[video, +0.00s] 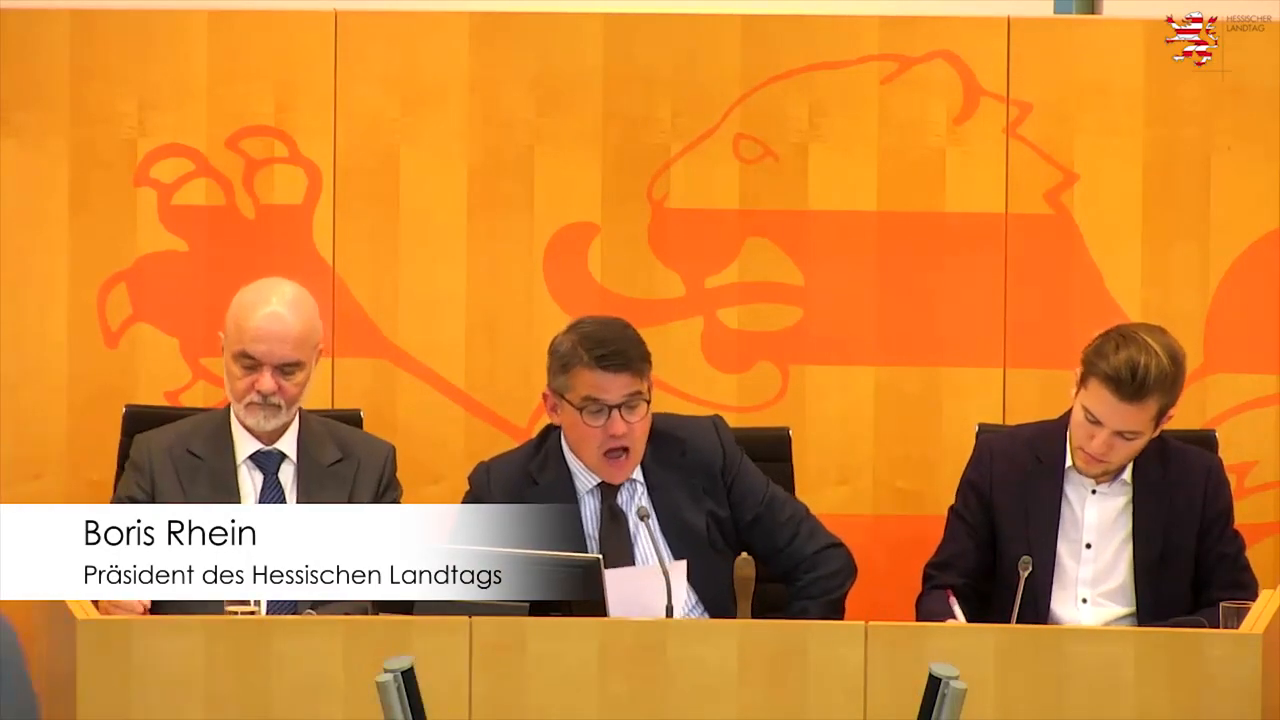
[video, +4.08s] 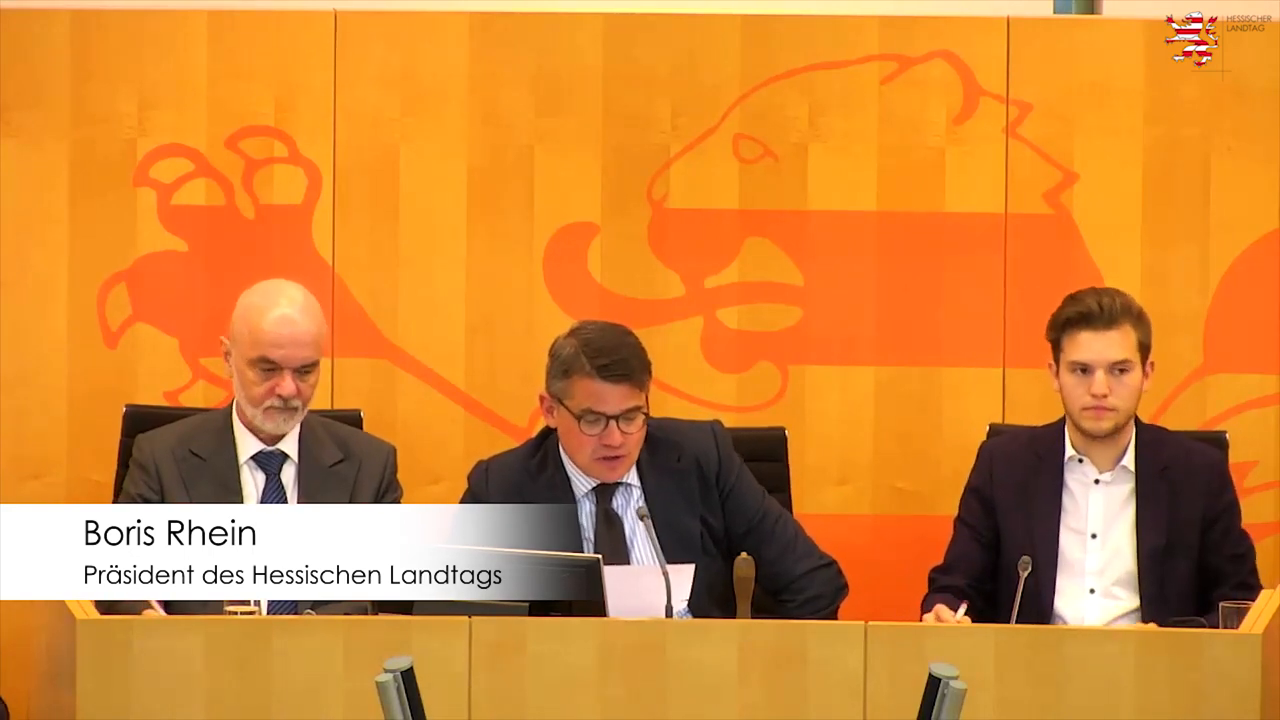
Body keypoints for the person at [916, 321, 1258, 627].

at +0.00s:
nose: (1098, 445)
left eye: (1125, 436)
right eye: (1090, 418)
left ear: (1162, 421)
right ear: (1077, 384)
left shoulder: (1198, 477)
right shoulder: (1000, 458)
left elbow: (1238, 602)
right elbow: (944, 588)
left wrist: (1161, 645)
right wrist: (960, 644)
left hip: (1147, 679)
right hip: (1022, 671)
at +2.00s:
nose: (1109, 446)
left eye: (1136, 435)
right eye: (1101, 418)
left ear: (1168, 422)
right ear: (1084, 382)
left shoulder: (1201, 478)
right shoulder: (1003, 458)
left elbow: (1238, 602)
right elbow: (953, 586)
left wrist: (1162, 646)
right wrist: (946, 638)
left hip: (1151, 680)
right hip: (1025, 672)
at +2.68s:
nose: (1095, 425)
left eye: (1119, 408)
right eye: (1082, 400)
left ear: (1149, 395)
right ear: (1062, 377)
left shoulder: (1195, 477)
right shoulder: (998, 460)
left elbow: (1240, 610)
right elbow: (956, 587)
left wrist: (1137, 596)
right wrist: (939, 615)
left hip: (1150, 686)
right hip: (1022, 679)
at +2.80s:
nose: (1095, 422)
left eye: (1117, 404)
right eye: (1079, 400)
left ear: (1146, 389)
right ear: (1055, 381)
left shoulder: (1191, 473)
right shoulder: (997, 459)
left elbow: (1225, 606)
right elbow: (956, 587)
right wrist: (941, 617)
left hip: (1150, 680)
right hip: (1022, 674)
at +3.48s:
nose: (1113, 410)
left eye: (1129, 386)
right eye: (1091, 391)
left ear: (1146, 377)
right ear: (1056, 387)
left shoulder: (1205, 474)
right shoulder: (1008, 463)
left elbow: (1233, 606)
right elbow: (967, 586)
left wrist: (1122, 559)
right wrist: (940, 617)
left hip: (1154, 677)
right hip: (1027, 673)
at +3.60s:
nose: (1115, 406)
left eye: (1129, 382)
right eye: (1092, 387)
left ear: (1145, 374)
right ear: (1055, 387)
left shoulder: (1205, 472)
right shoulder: (1009, 464)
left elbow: (1245, 606)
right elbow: (968, 587)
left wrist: (1144, 598)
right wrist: (943, 614)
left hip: (1158, 685)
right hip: (1029, 680)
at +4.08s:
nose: (1100, 389)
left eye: (1118, 370)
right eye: (1081, 370)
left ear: (1146, 374)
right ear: (1056, 375)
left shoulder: (1199, 469)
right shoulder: (1003, 460)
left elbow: (1240, 601)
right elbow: (956, 583)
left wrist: (1175, 641)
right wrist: (945, 616)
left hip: (1159, 672)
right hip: (1030, 667)